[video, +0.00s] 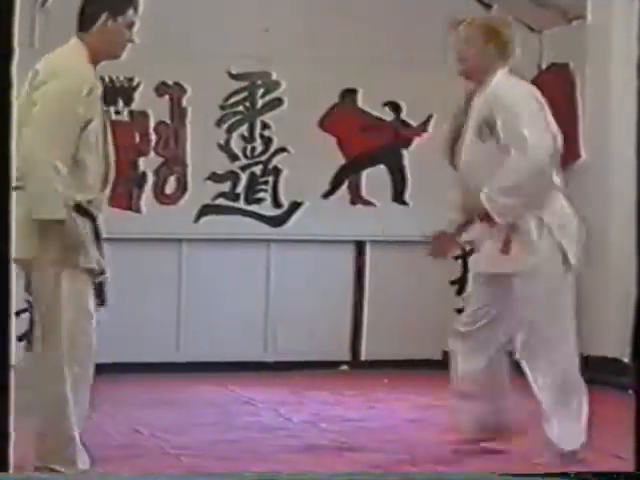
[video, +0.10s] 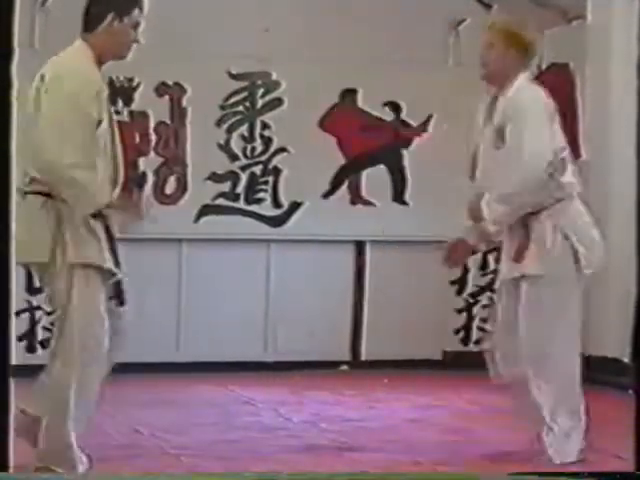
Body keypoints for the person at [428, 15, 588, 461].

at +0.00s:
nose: (458, 58)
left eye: (466, 49)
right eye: (456, 49)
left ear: (492, 49)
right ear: (464, 54)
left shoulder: (515, 94)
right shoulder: (475, 102)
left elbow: (538, 155)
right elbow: (476, 181)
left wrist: (492, 206)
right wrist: (457, 230)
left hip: (537, 237)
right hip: (495, 238)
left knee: (546, 339)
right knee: (475, 333)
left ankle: (567, 438)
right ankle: (488, 422)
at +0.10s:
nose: (482, 58)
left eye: (492, 49)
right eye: (483, 49)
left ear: (516, 55)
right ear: (494, 55)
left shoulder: (530, 100)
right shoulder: (492, 105)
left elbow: (539, 175)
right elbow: (491, 189)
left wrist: (492, 212)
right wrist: (470, 241)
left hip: (551, 234)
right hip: (521, 237)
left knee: (549, 342)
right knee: (513, 344)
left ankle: (565, 445)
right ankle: (554, 434)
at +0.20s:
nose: (515, 51)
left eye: (525, 45)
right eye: (516, 43)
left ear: (548, 53)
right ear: (524, 51)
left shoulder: (552, 97)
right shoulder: (524, 96)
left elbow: (508, 154)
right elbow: (502, 163)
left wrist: (464, 188)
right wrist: (466, 201)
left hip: (575, 230)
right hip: (553, 231)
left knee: (556, 341)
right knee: (557, 338)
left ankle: (565, 448)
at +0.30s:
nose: (530, 55)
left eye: (538, 47)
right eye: (531, 46)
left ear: (563, 50)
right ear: (565, 51)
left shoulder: (563, 93)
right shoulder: (570, 90)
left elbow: (501, 128)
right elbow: (509, 144)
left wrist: (448, 129)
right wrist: (453, 148)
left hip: (582, 228)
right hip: (594, 222)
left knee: (562, 339)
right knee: (617, 335)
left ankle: (569, 446)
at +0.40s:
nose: (547, 63)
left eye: (553, 54)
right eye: (548, 54)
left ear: (574, 55)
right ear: (589, 56)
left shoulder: (585, 94)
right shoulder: (586, 94)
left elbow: (514, 96)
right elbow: (528, 120)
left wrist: (464, 74)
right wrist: (482, 106)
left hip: (607, 230)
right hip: (602, 229)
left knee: (566, 331)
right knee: (573, 332)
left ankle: (572, 450)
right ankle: (573, 448)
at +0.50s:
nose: (556, 63)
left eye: (562, 54)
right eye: (558, 55)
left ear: (580, 56)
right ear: (597, 58)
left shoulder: (594, 97)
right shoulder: (603, 98)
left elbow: (530, 102)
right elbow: (531, 126)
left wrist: (475, 70)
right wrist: (482, 98)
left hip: (614, 229)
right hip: (613, 228)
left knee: (569, 324)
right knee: (580, 327)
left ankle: (573, 446)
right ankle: (574, 443)